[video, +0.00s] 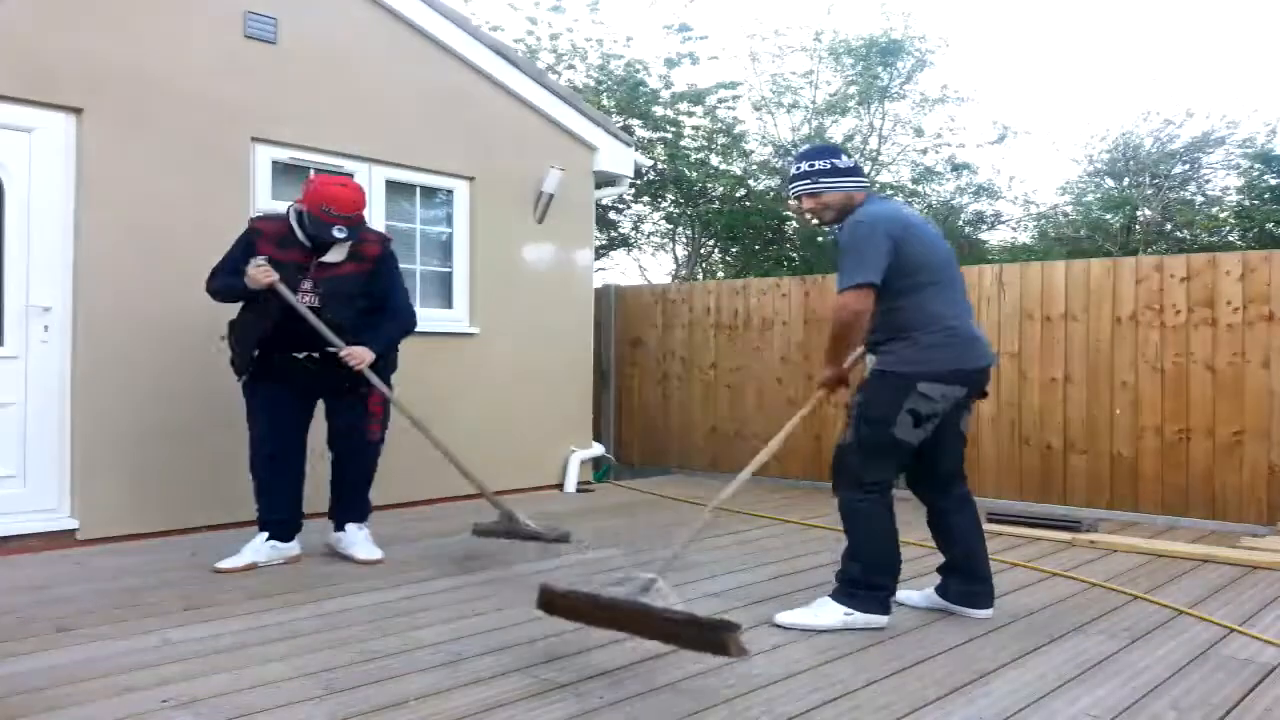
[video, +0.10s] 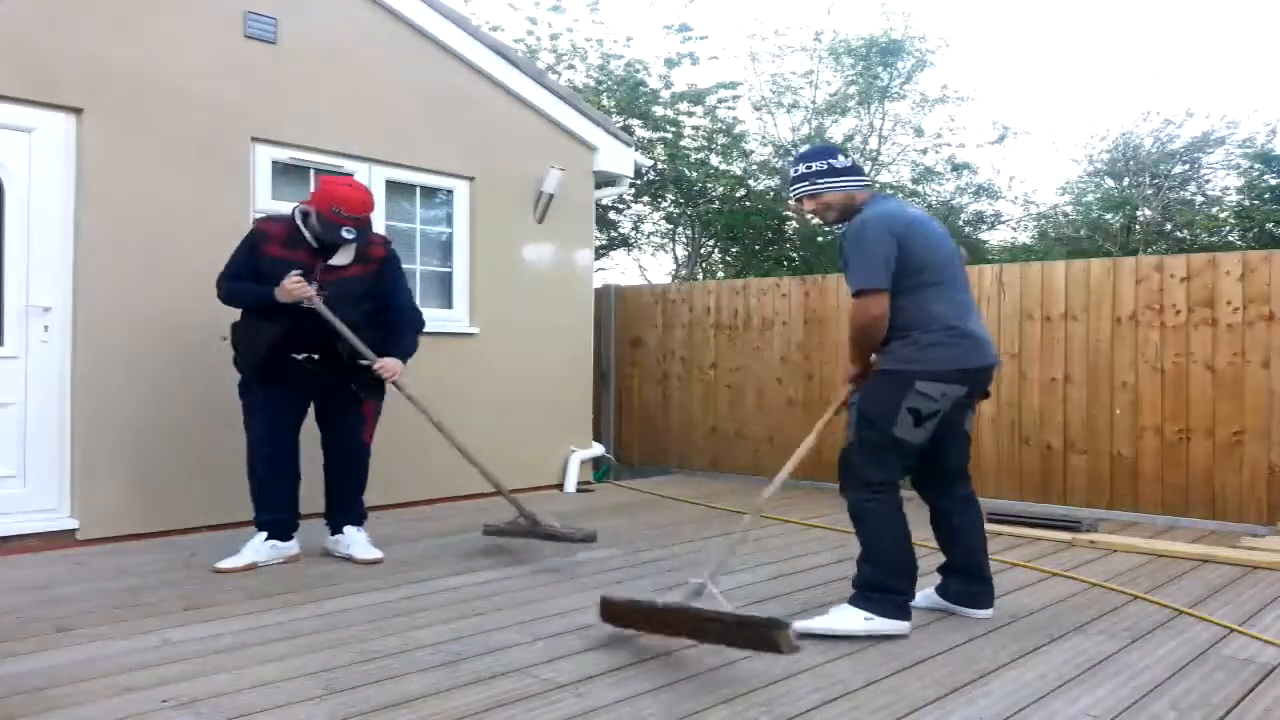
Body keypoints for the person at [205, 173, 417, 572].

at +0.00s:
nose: (333, 245)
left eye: (343, 237)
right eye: (325, 235)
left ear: (356, 224)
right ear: (304, 216)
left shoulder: (373, 251)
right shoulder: (266, 235)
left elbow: (401, 314)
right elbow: (217, 284)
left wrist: (372, 346)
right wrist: (246, 282)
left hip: (351, 364)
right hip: (279, 362)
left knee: (359, 440)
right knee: (274, 447)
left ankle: (350, 527)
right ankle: (279, 536)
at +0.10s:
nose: (338, 248)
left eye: (348, 242)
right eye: (331, 238)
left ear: (361, 229)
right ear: (311, 217)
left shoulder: (376, 255)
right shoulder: (269, 236)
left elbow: (406, 316)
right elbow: (228, 288)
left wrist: (397, 355)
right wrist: (275, 293)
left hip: (347, 366)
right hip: (275, 364)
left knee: (349, 446)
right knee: (270, 447)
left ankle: (347, 530)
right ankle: (277, 536)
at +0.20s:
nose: (347, 247)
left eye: (356, 240)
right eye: (341, 237)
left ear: (367, 229)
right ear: (319, 219)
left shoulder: (377, 257)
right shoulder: (269, 239)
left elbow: (412, 316)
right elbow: (237, 294)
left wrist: (413, 362)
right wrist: (296, 302)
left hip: (344, 369)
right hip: (272, 366)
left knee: (349, 443)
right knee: (255, 443)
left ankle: (347, 531)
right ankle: (260, 533)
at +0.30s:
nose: (346, 249)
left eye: (355, 242)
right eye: (340, 239)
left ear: (366, 231)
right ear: (318, 219)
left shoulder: (375, 259)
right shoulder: (265, 240)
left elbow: (407, 317)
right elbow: (235, 296)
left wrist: (410, 366)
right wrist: (302, 306)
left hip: (337, 373)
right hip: (264, 367)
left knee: (344, 448)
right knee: (241, 445)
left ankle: (346, 531)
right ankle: (223, 536)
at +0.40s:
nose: (336, 248)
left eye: (345, 242)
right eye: (330, 239)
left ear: (356, 232)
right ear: (309, 221)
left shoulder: (366, 261)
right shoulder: (255, 239)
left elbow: (393, 319)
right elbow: (222, 296)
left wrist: (393, 365)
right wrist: (286, 303)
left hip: (326, 373)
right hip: (252, 368)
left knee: (337, 449)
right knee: (225, 448)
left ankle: (345, 530)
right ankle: (195, 538)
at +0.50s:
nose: (318, 249)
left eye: (327, 242)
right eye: (312, 240)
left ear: (338, 230)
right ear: (291, 219)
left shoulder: (349, 260)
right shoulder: (238, 238)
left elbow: (379, 324)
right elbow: (198, 294)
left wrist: (366, 362)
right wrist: (257, 294)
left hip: (309, 374)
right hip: (234, 370)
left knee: (328, 449)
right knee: (212, 451)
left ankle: (344, 530)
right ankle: (188, 541)